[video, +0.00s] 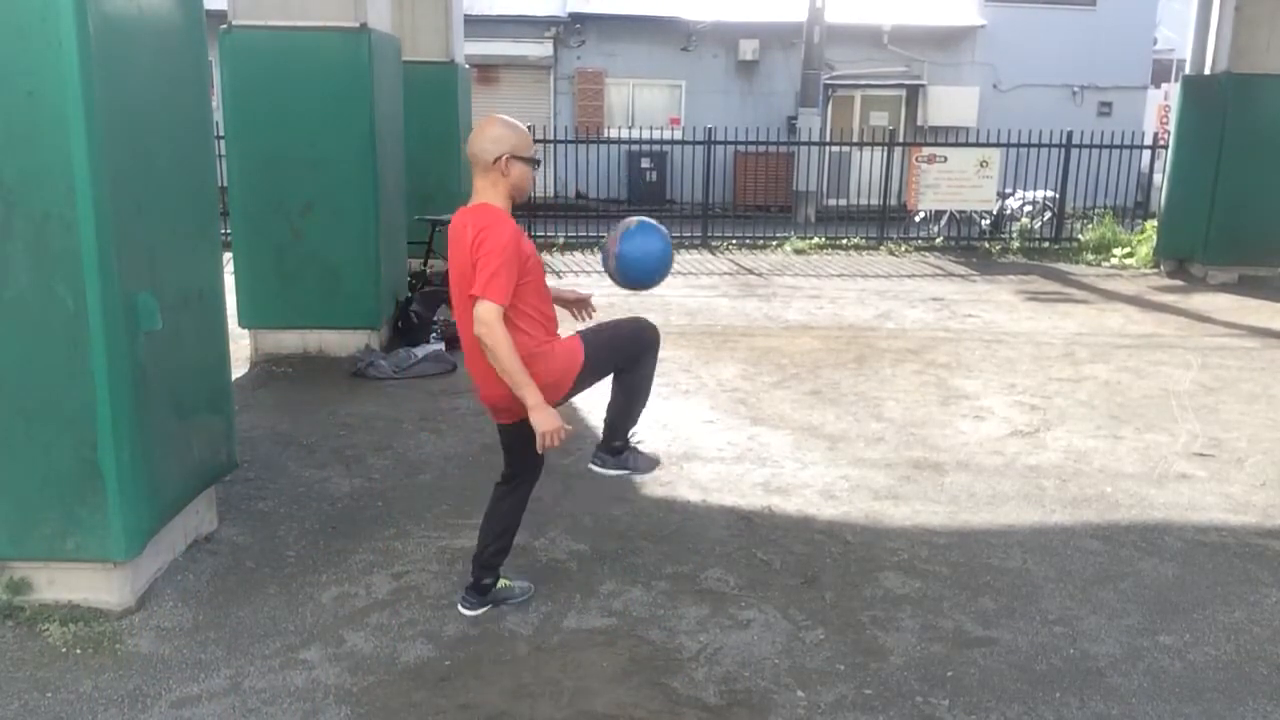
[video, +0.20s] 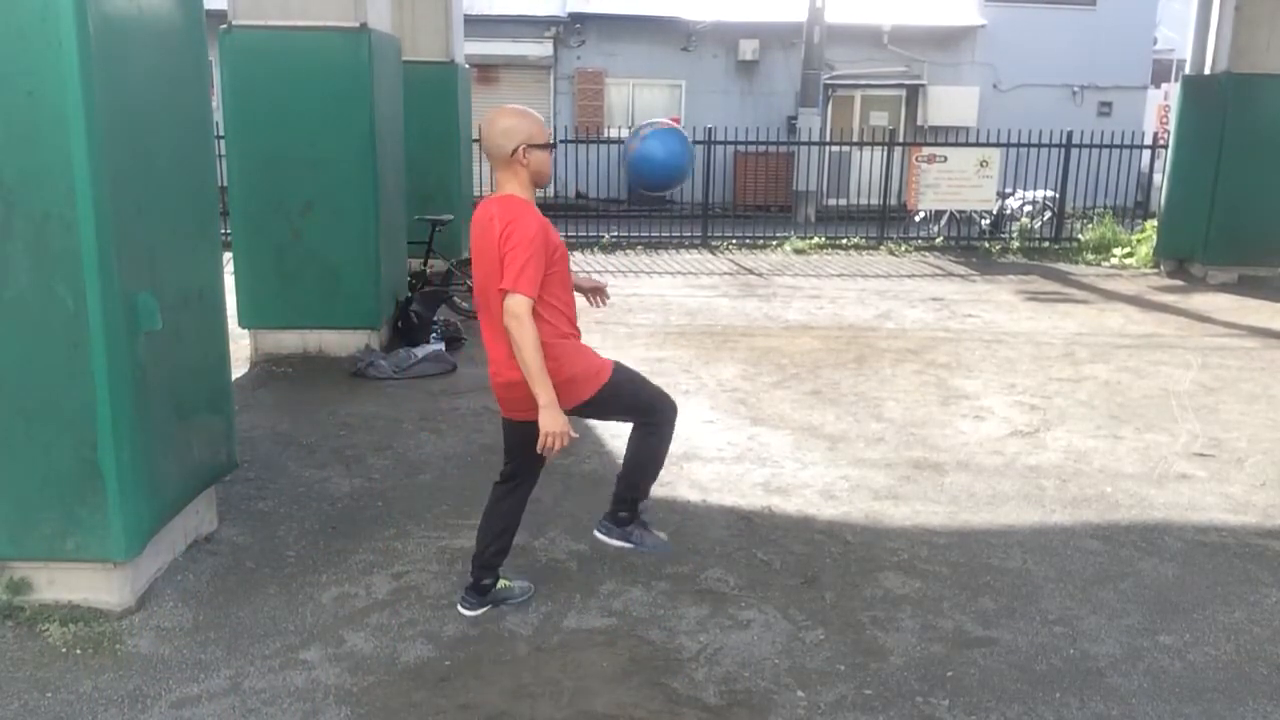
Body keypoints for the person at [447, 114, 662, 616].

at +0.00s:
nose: (535, 173)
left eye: (533, 163)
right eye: (530, 162)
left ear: (491, 166)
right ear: (505, 166)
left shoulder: (464, 222)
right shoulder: (501, 232)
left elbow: (501, 282)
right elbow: (487, 322)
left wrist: (554, 294)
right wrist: (535, 404)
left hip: (499, 385)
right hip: (535, 380)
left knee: (520, 471)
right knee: (641, 335)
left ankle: (481, 586)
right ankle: (614, 448)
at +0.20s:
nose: (553, 157)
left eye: (550, 147)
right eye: (547, 148)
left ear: (507, 157)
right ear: (523, 155)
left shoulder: (487, 213)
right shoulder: (525, 222)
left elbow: (516, 271)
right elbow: (516, 316)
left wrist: (572, 281)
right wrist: (547, 404)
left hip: (515, 376)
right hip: (558, 373)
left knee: (516, 475)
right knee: (659, 410)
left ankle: (481, 586)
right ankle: (622, 519)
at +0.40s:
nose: (592, 161)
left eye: (590, 151)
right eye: (588, 152)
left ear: (542, 160)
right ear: (570, 158)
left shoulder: (521, 219)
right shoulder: (572, 230)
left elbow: (508, 285)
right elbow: (585, 321)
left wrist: (558, 318)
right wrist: (634, 395)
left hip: (560, 381)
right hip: (594, 388)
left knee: (597, 462)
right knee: (638, 482)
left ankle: (518, 543)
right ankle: (612, 595)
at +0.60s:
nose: (620, 165)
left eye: (619, 156)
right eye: (618, 156)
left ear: (566, 159)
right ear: (604, 160)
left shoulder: (540, 226)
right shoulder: (611, 230)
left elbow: (522, 304)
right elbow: (642, 315)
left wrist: (537, 368)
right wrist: (709, 356)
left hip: (600, 357)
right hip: (636, 366)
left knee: (709, 314)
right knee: (644, 485)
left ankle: (679, 421)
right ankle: (610, 594)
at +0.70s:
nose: (632, 158)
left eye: (630, 149)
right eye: (628, 150)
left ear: (580, 159)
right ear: (612, 157)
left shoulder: (556, 224)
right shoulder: (625, 228)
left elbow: (541, 304)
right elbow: (655, 312)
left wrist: (552, 369)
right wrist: (720, 348)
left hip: (613, 356)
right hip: (647, 365)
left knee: (717, 319)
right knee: (648, 482)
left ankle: (690, 425)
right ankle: (610, 594)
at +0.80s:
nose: (642, 156)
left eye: (639, 146)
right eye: (637, 148)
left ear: (589, 157)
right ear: (620, 155)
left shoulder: (566, 222)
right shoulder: (635, 224)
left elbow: (551, 299)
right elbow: (662, 306)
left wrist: (567, 362)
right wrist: (729, 346)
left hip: (618, 357)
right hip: (653, 364)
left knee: (713, 356)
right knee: (648, 482)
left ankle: (683, 450)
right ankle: (610, 594)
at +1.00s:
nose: (669, 164)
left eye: (668, 155)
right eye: (666, 155)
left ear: (622, 160)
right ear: (646, 159)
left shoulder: (597, 221)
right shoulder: (648, 224)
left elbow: (595, 288)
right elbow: (664, 310)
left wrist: (640, 314)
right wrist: (726, 363)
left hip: (631, 368)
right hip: (669, 369)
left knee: (663, 450)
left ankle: (643, 553)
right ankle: (655, 541)